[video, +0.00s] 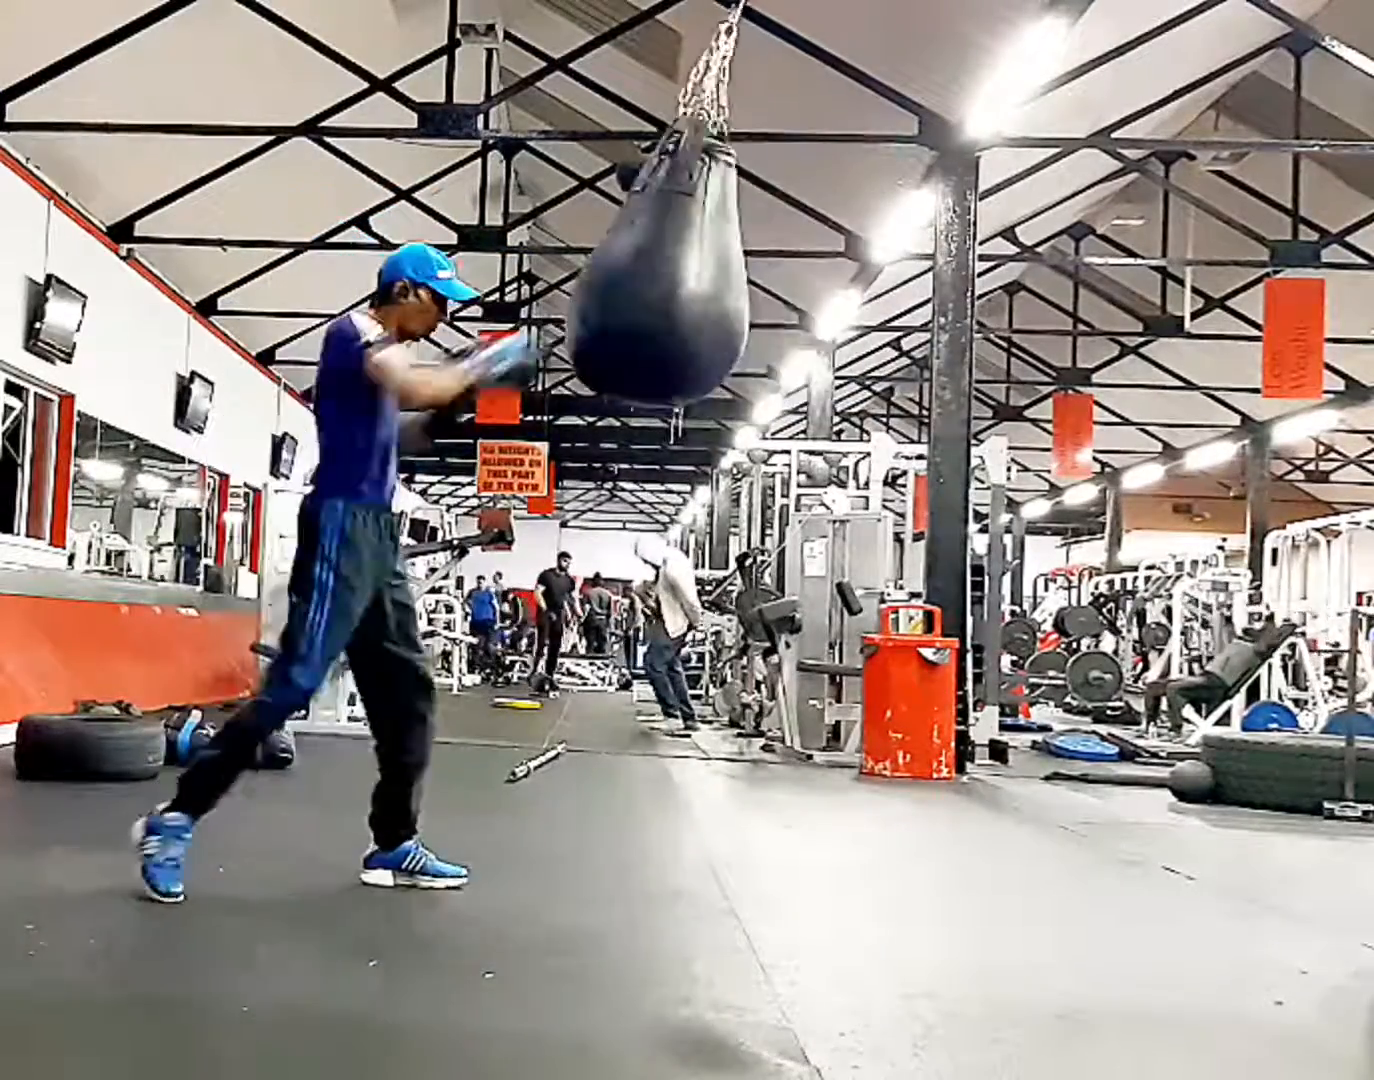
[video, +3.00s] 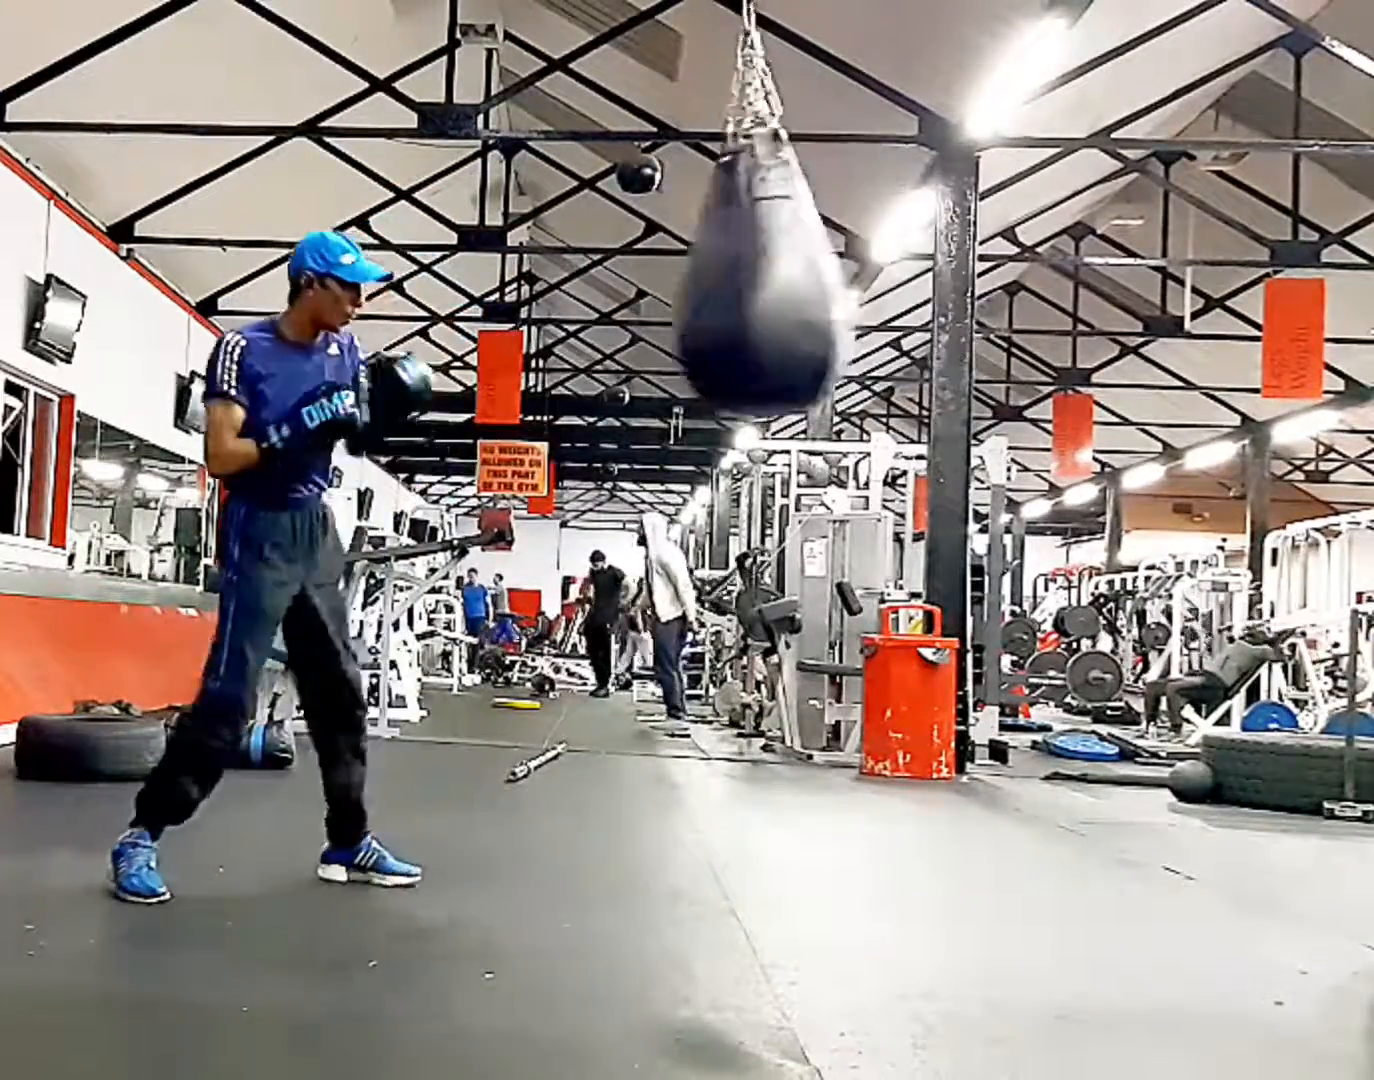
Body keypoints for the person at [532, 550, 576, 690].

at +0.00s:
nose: (566, 564)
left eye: (568, 562)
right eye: (563, 561)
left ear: (570, 563)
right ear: (558, 561)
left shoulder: (570, 580)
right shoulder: (547, 575)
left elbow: (572, 598)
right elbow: (537, 591)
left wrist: (578, 612)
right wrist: (544, 608)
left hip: (559, 613)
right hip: (545, 611)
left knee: (555, 646)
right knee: (542, 643)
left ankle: (550, 674)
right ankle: (534, 671)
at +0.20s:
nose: (567, 563)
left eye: (569, 561)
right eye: (565, 560)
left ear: (570, 562)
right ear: (559, 560)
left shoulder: (572, 579)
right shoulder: (548, 575)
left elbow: (576, 596)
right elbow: (539, 592)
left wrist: (578, 610)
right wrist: (547, 608)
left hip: (565, 613)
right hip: (551, 613)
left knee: (561, 642)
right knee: (553, 643)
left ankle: (553, 671)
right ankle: (552, 676)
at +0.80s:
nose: (571, 563)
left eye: (573, 560)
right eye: (569, 560)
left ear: (575, 561)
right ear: (565, 561)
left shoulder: (580, 576)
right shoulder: (557, 577)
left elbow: (584, 592)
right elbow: (554, 596)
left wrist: (589, 607)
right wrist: (562, 610)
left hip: (578, 613)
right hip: (563, 613)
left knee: (582, 646)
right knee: (562, 647)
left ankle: (571, 674)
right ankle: (563, 677)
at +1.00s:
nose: (577, 565)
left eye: (579, 562)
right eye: (575, 562)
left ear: (582, 562)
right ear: (570, 562)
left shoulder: (586, 577)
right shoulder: (562, 577)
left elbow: (591, 594)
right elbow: (557, 597)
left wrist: (594, 608)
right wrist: (565, 613)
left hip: (583, 615)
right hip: (568, 615)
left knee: (587, 648)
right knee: (565, 649)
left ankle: (590, 679)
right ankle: (563, 680)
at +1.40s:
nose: (597, 565)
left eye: (600, 563)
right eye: (595, 562)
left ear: (603, 563)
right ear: (591, 562)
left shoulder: (605, 579)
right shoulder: (581, 576)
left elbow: (610, 597)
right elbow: (571, 592)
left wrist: (610, 613)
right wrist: (576, 610)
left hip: (599, 617)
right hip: (584, 616)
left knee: (598, 653)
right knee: (578, 650)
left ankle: (599, 684)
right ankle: (567, 681)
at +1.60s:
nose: (602, 565)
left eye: (604, 562)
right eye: (600, 561)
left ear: (608, 562)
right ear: (596, 561)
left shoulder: (612, 579)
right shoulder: (586, 576)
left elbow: (618, 596)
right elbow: (577, 591)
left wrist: (618, 610)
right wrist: (583, 606)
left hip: (605, 616)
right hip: (590, 615)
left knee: (602, 652)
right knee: (587, 651)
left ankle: (600, 684)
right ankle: (584, 682)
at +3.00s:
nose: (596, 568)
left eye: (598, 564)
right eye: (594, 565)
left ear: (604, 562)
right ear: (591, 563)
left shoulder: (614, 574)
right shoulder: (594, 575)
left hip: (605, 619)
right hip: (593, 619)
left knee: (603, 653)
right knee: (594, 652)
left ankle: (603, 684)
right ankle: (600, 683)